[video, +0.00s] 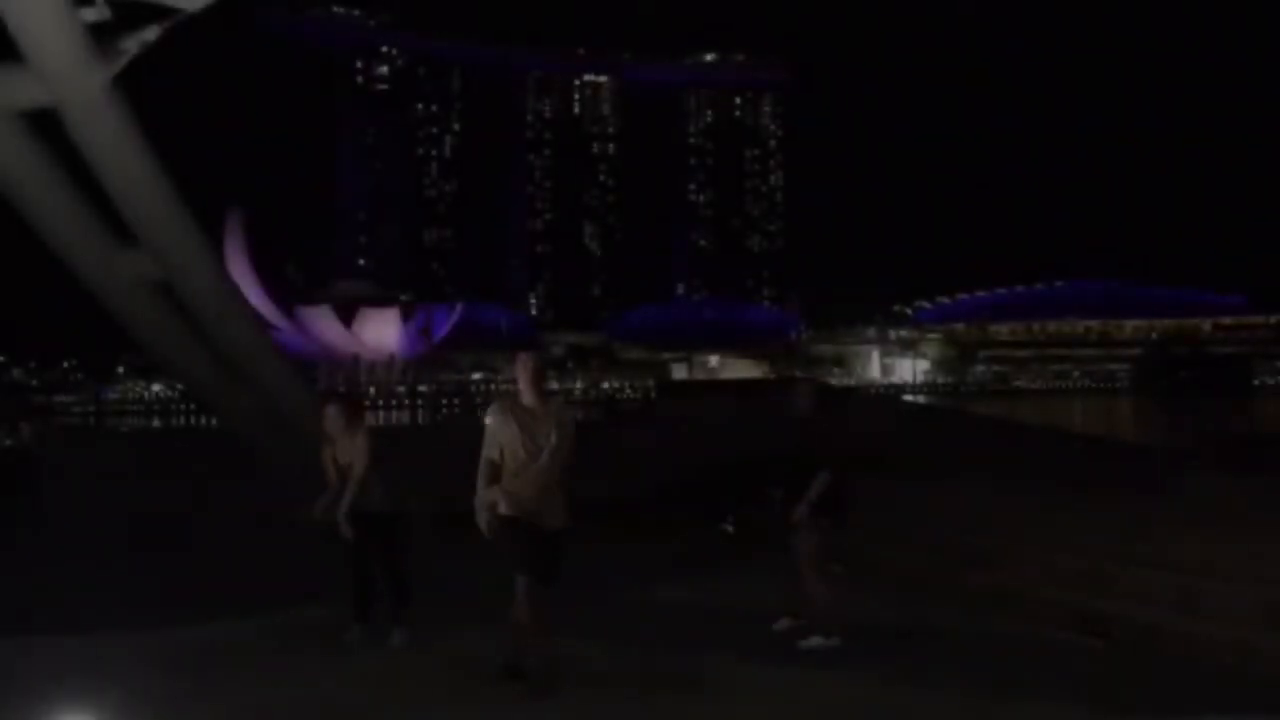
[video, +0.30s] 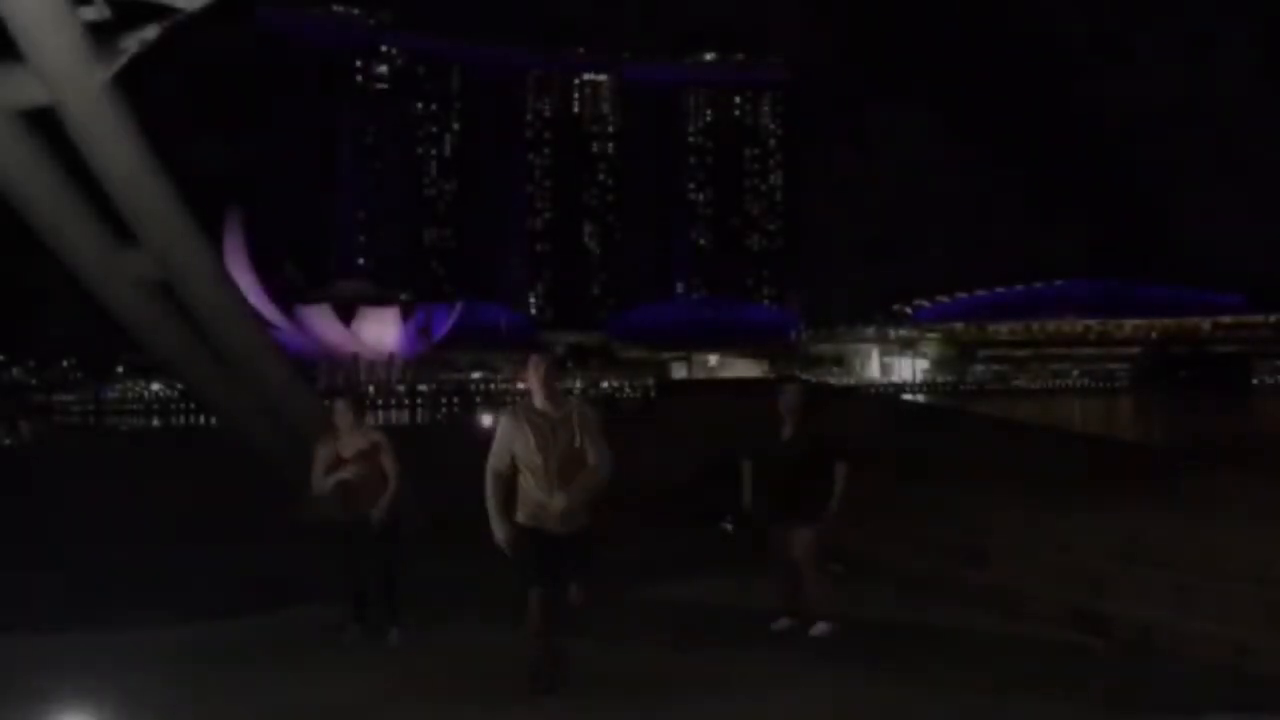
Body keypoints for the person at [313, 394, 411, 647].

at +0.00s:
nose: (329, 424)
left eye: (334, 417)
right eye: (327, 418)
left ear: (347, 419)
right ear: (324, 421)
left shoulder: (360, 441)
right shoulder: (330, 448)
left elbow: (356, 479)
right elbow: (335, 482)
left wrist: (343, 513)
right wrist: (325, 504)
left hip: (379, 510)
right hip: (355, 509)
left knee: (384, 568)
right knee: (359, 569)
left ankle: (397, 622)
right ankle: (361, 619)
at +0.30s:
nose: (341, 419)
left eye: (346, 412)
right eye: (337, 413)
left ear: (357, 414)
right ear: (332, 417)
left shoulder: (375, 441)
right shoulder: (327, 447)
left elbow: (392, 477)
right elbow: (318, 487)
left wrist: (381, 507)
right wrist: (341, 474)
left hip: (376, 517)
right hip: (345, 518)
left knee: (382, 569)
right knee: (351, 572)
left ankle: (389, 624)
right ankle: (356, 624)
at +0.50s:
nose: (354, 412)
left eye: (359, 407)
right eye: (350, 407)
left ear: (368, 411)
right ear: (343, 411)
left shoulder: (381, 435)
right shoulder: (333, 437)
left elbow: (412, 459)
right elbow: (304, 463)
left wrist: (416, 493)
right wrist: (332, 473)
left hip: (380, 511)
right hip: (346, 512)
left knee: (381, 569)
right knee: (351, 570)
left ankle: (379, 625)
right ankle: (354, 623)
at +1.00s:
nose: (382, 414)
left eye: (388, 408)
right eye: (377, 408)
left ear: (395, 409)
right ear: (368, 408)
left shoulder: (405, 434)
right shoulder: (359, 434)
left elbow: (418, 467)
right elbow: (344, 464)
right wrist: (370, 454)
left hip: (399, 508)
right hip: (367, 508)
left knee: (392, 570)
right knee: (375, 570)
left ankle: (386, 629)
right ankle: (381, 630)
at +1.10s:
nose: (393, 434)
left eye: (396, 429)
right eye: (388, 429)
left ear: (399, 432)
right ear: (378, 432)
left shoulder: (400, 458)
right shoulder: (371, 457)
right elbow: (362, 437)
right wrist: (381, 402)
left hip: (400, 523)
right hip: (376, 524)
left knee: (396, 583)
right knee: (385, 585)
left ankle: (388, 638)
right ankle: (383, 640)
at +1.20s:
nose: (400, 442)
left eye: (402, 436)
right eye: (395, 436)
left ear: (404, 440)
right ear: (386, 438)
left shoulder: (403, 464)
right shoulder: (378, 463)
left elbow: (402, 429)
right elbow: (380, 425)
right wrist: (390, 390)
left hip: (404, 526)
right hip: (380, 528)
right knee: (389, 586)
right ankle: (384, 638)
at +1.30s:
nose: (400, 424)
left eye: (404, 419)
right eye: (395, 418)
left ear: (408, 421)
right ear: (386, 421)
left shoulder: (411, 448)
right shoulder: (379, 447)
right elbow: (394, 440)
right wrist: (412, 415)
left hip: (410, 517)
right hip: (384, 518)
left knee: (408, 578)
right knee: (387, 580)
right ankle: (383, 635)